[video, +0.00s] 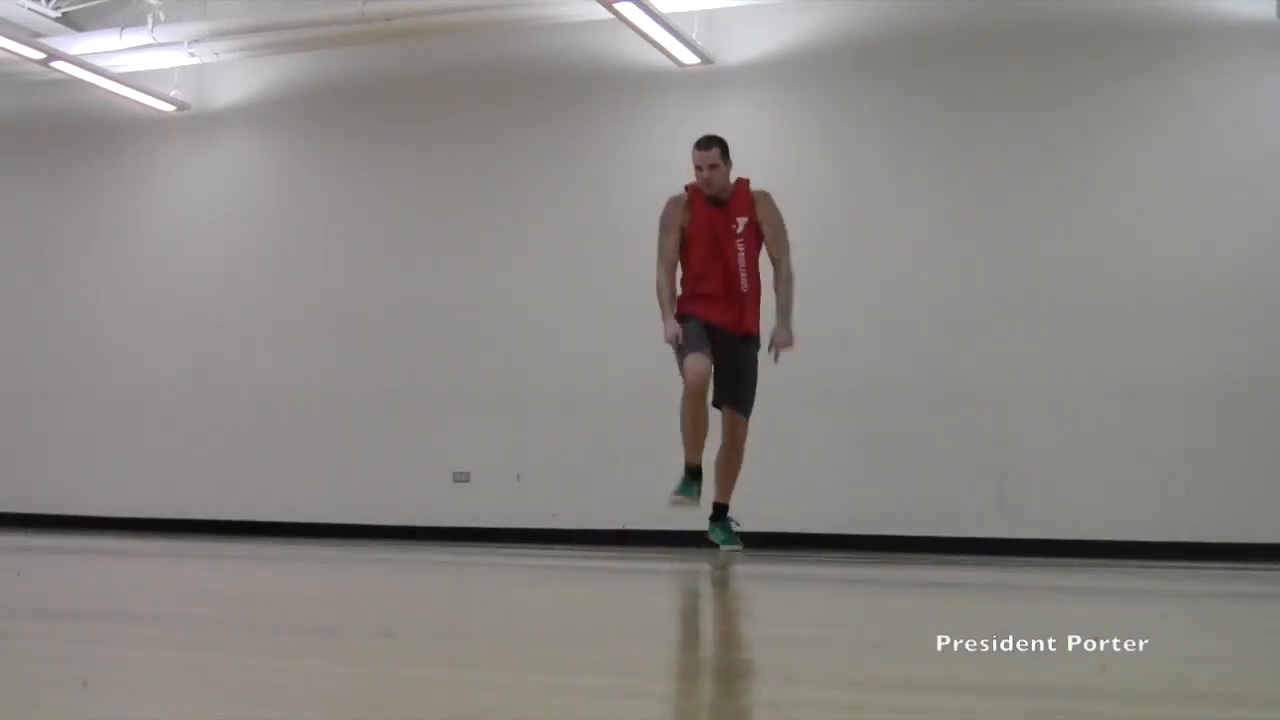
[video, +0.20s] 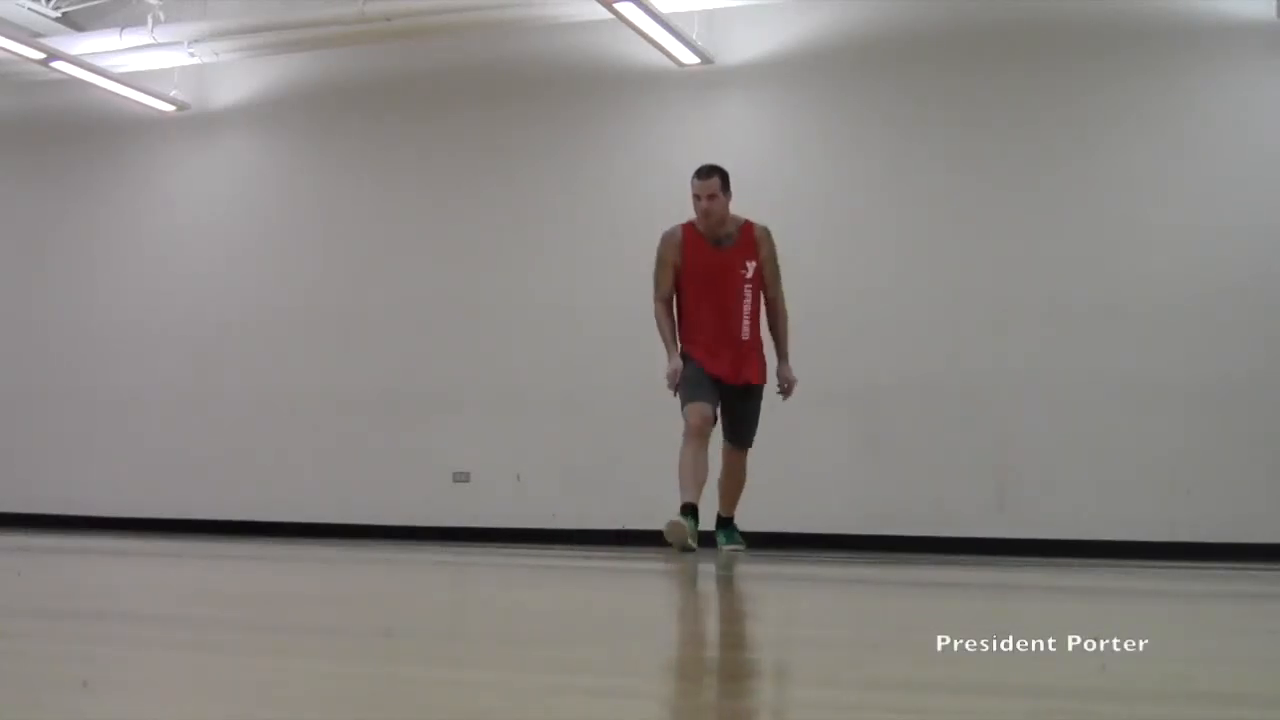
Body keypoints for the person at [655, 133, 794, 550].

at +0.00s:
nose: (705, 175)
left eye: (713, 167)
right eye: (700, 168)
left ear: (729, 166)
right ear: (692, 170)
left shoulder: (758, 203)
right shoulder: (679, 208)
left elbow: (782, 264)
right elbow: (666, 268)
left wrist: (783, 324)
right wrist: (669, 317)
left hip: (741, 325)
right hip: (695, 319)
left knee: (735, 426)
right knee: (696, 374)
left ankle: (720, 516)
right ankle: (691, 474)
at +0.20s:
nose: (704, 206)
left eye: (711, 197)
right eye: (697, 198)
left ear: (728, 198)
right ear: (690, 199)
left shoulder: (757, 239)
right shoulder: (675, 242)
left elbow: (774, 300)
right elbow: (662, 301)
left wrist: (783, 360)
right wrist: (673, 355)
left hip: (745, 359)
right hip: (697, 356)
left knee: (736, 448)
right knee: (697, 422)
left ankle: (726, 525)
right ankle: (688, 519)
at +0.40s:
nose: (693, 166)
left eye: (701, 158)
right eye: (687, 158)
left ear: (718, 161)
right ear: (678, 162)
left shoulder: (745, 206)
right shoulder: (660, 210)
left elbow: (765, 260)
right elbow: (654, 261)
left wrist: (775, 295)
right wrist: (647, 285)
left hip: (741, 337)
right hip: (689, 334)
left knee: (748, 434)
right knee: (691, 418)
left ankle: (724, 489)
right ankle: (695, 521)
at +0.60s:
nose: (693, 159)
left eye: (702, 150)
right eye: (686, 152)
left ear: (720, 152)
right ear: (679, 156)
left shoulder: (753, 201)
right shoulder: (664, 205)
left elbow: (773, 263)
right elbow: (613, 255)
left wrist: (783, 249)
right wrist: (554, 249)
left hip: (722, 327)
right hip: (665, 330)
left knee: (728, 397)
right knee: (665, 434)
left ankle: (735, 508)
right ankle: (694, 521)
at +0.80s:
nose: (692, 145)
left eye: (701, 136)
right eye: (684, 137)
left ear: (718, 140)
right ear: (676, 141)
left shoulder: (744, 196)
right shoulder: (655, 188)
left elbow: (773, 268)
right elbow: (628, 255)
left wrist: (816, 274)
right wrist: (578, 243)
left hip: (715, 325)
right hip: (659, 330)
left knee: (709, 402)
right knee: (611, 418)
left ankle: (731, 519)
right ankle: (680, 496)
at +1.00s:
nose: (649, 171)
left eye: (660, 162)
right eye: (643, 161)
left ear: (679, 167)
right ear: (636, 165)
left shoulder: (703, 222)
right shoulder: (628, 210)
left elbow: (750, 292)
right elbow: (611, 283)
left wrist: (760, 266)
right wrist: (558, 278)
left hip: (706, 354)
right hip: (656, 354)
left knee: (690, 430)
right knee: (588, 387)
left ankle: (737, 520)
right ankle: (586, 517)